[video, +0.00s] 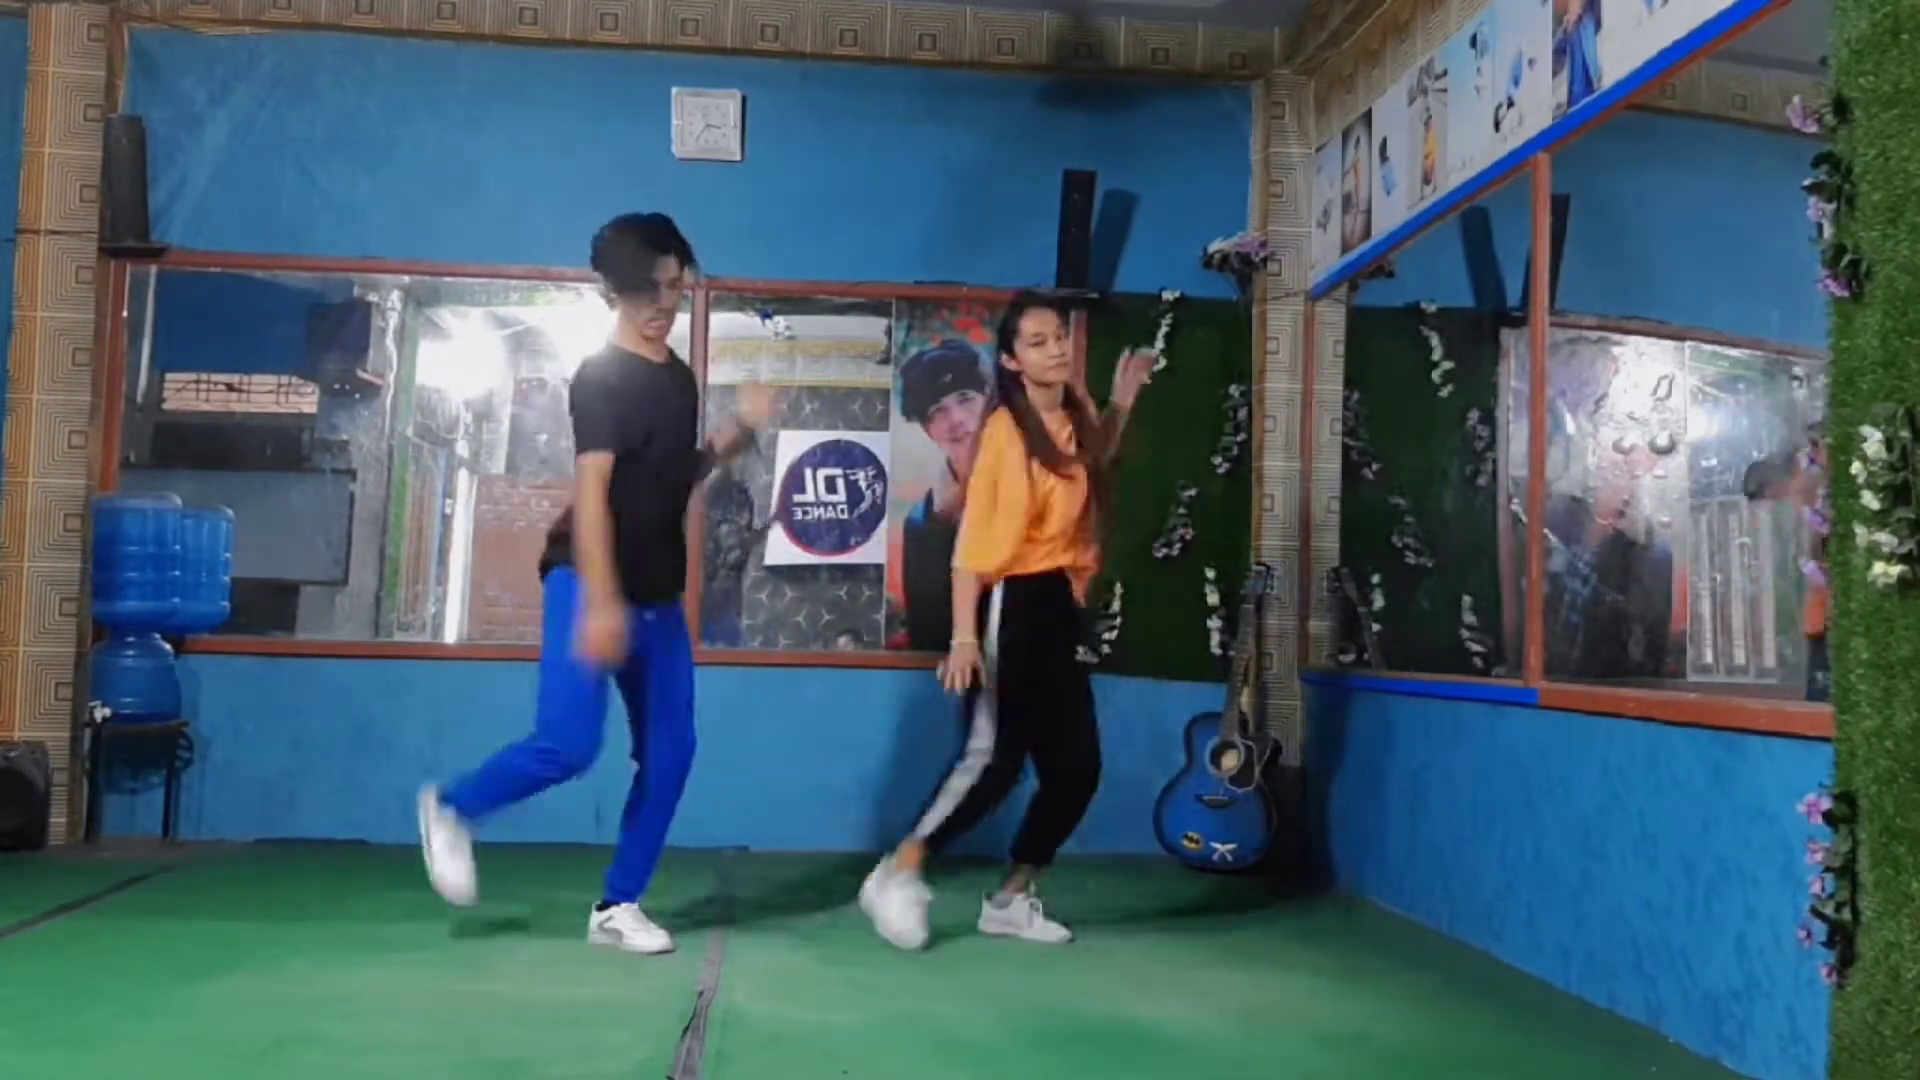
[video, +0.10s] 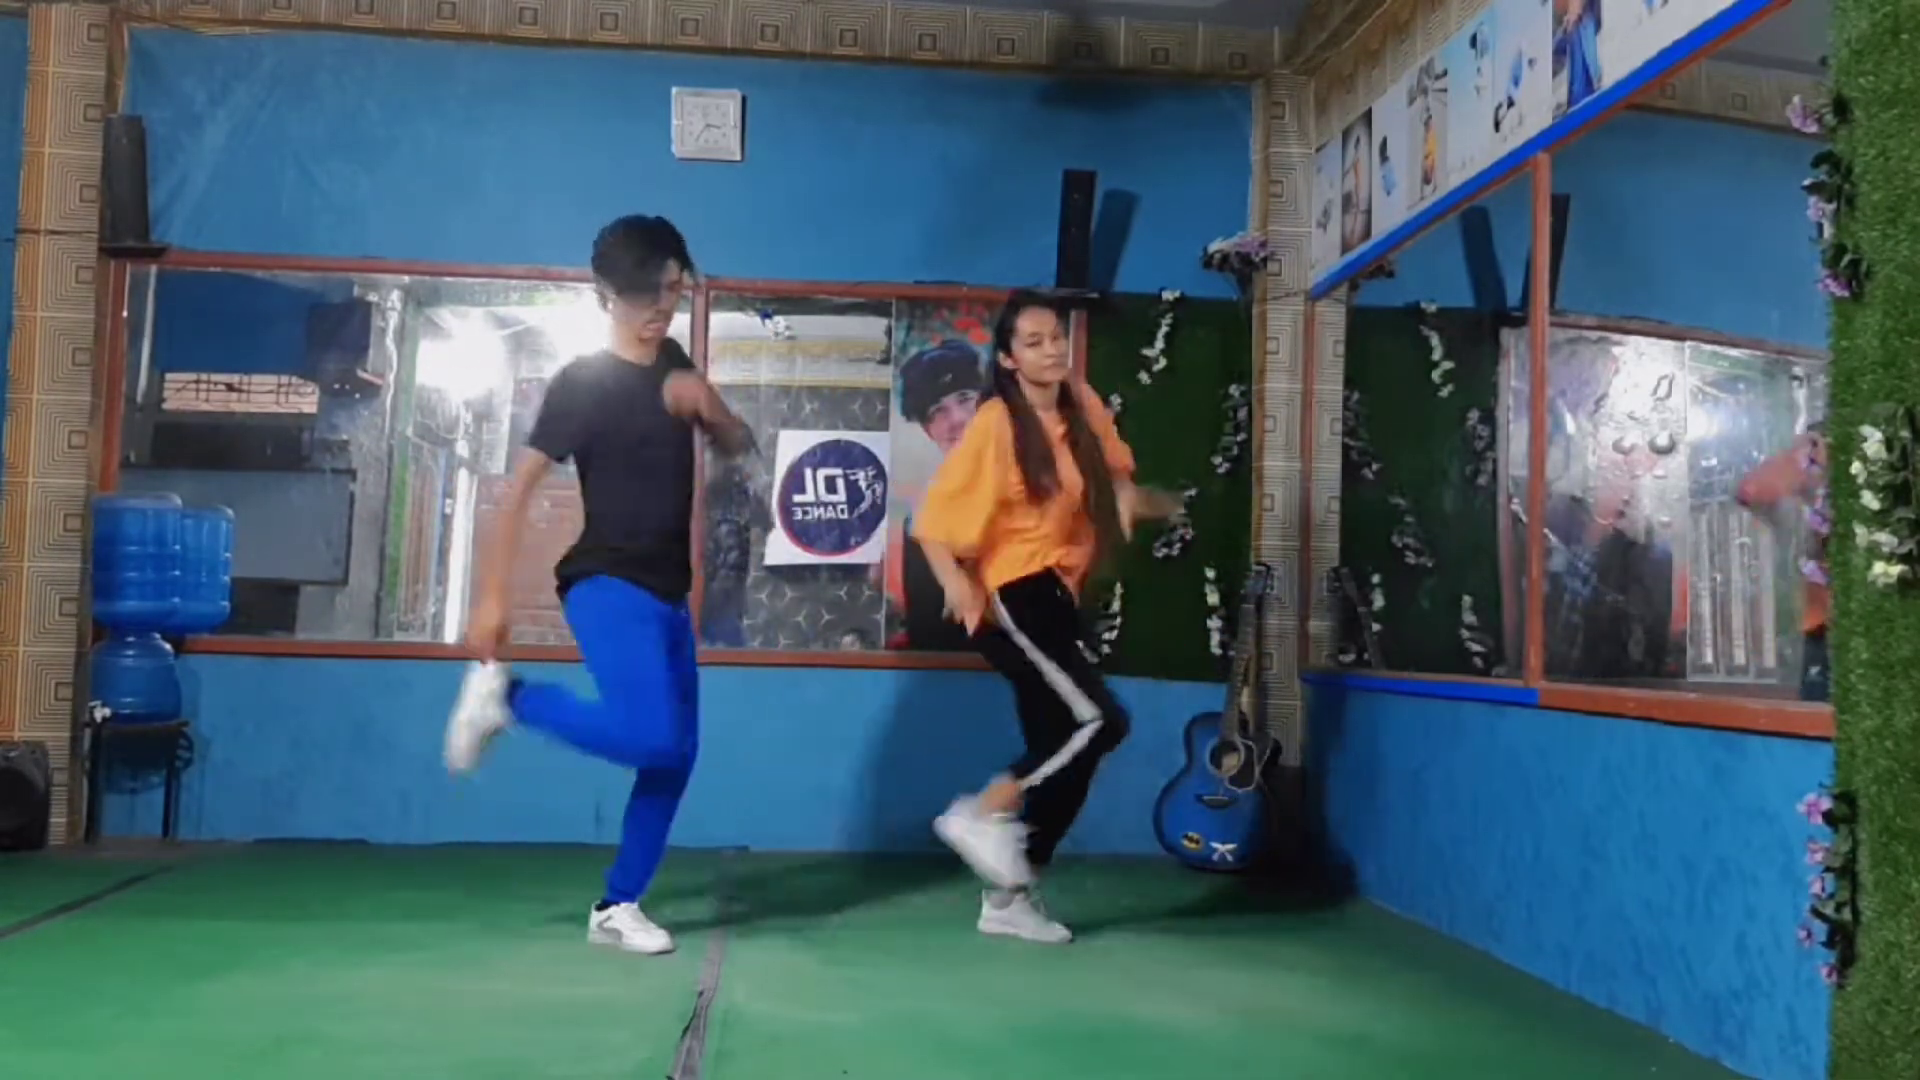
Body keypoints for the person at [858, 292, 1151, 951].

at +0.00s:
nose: (1053, 351)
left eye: (1058, 339)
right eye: (1036, 343)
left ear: (1071, 346)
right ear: (1011, 359)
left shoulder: (1072, 412)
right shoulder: (1005, 429)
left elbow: (1092, 465)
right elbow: (973, 539)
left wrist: (1122, 406)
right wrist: (964, 636)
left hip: (1054, 601)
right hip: (1006, 602)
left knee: (1076, 765)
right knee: (995, 757)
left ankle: (1013, 898)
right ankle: (898, 873)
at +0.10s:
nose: (1048, 352)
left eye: (1056, 340)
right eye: (1032, 342)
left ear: (1069, 346)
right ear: (1007, 356)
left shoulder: (1083, 409)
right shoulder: (994, 424)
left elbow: (1119, 482)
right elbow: (930, 522)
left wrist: (1135, 503)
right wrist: (953, 577)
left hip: (1054, 589)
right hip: (1008, 590)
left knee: (1062, 747)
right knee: (1101, 720)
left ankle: (1008, 899)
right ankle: (983, 813)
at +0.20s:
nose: (1044, 348)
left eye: (1052, 336)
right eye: (1028, 337)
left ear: (1065, 344)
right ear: (1001, 349)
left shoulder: (1078, 421)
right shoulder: (979, 408)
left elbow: (1117, 521)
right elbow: (895, 471)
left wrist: (1140, 608)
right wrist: (949, 492)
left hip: (1058, 589)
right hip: (1011, 592)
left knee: (1067, 740)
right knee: (1124, 717)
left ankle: (1008, 897)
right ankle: (1112, 876)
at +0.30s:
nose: (1039, 354)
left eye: (1050, 340)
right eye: (1027, 340)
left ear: (1066, 349)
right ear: (1003, 345)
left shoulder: (1064, 420)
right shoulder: (978, 397)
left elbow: (1106, 530)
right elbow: (885, 439)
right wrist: (972, 455)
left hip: (1061, 586)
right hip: (1006, 586)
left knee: (1061, 740)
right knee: (1100, 729)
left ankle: (1011, 892)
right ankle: (1149, 898)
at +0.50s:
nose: (1041, 351)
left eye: (1051, 339)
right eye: (1027, 339)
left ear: (1063, 346)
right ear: (1002, 349)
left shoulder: (1075, 417)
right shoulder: (987, 412)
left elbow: (1098, 508)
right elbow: (941, 520)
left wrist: (1134, 446)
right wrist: (934, 616)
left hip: (1051, 590)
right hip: (998, 585)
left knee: (1080, 755)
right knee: (1033, 745)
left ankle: (1012, 898)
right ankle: (937, 872)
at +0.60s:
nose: (1036, 354)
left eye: (1047, 340)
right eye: (1024, 341)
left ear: (1065, 352)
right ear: (1004, 353)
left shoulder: (1075, 427)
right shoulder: (988, 425)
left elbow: (1113, 488)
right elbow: (951, 531)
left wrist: (1111, 399)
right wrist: (913, 621)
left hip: (1053, 598)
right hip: (990, 593)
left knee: (1079, 750)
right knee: (952, 735)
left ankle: (1020, 891)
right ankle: (897, 882)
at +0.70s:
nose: (1029, 341)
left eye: (1039, 329)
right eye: (1015, 330)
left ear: (1055, 338)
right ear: (993, 340)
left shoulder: (1079, 409)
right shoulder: (967, 416)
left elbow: (1127, 471)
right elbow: (905, 514)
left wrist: (1113, 475)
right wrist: (904, 596)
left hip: (1055, 599)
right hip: (979, 589)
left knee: (1084, 749)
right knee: (904, 702)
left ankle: (1016, 891)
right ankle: (902, 850)